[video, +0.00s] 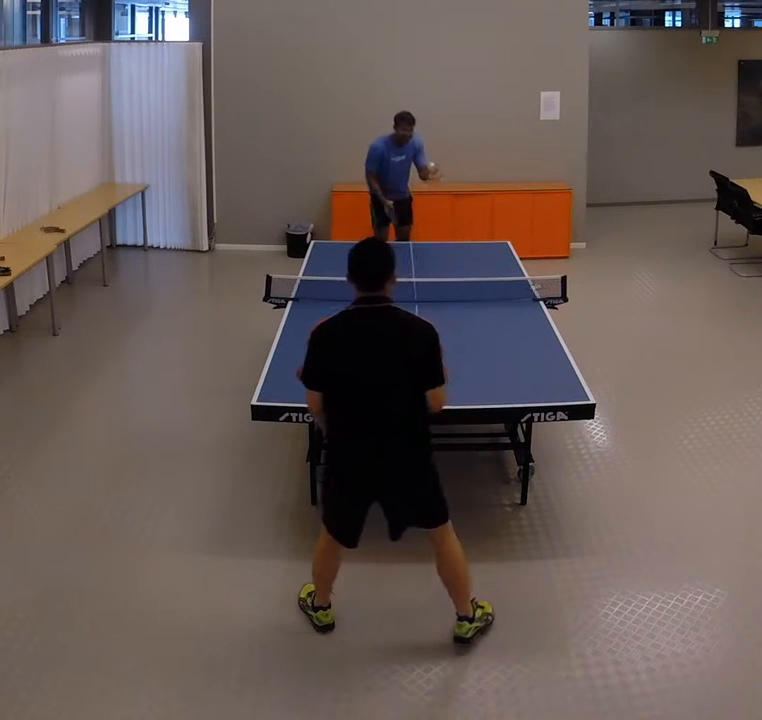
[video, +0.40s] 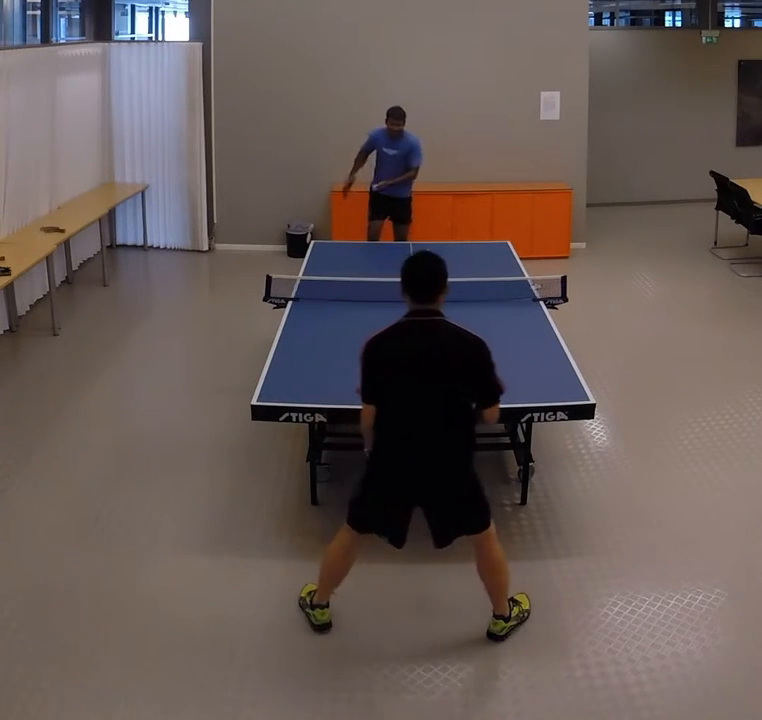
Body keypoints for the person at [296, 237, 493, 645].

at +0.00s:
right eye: (391, 271)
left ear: (349, 278)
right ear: (392, 277)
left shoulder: (326, 333)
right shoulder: (419, 331)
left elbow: (315, 403)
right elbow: (436, 400)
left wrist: (340, 426)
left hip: (349, 454)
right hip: (408, 453)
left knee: (334, 533)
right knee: (441, 532)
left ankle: (320, 604)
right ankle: (467, 615)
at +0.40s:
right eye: (439, 283)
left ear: (402, 290)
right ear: (445, 289)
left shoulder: (378, 346)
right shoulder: (469, 346)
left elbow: (369, 415)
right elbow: (491, 412)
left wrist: (372, 450)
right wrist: (460, 395)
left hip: (392, 464)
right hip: (450, 465)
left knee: (351, 532)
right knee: (484, 535)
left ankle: (319, 603)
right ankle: (502, 614)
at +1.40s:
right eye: (484, 282)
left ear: (442, 288)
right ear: (485, 288)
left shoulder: (416, 341)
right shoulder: (507, 343)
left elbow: (392, 409)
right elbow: (527, 409)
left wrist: (404, 446)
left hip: (421, 462)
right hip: (478, 464)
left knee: (376, 543)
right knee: (501, 532)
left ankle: (331, 612)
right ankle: (503, 613)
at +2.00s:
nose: (425, 290)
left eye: (424, 284)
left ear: (424, 290)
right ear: (466, 290)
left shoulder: (403, 349)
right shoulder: (485, 344)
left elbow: (392, 423)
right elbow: (454, 381)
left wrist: (388, 455)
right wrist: (393, 364)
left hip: (413, 465)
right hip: (465, 463)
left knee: (361, 549)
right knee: (488, 535)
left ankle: (317, 627)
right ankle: (503, 612)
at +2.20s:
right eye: (416, 296)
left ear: (379, 300)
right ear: (422, 302)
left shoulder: (350, 358)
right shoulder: (444, 360)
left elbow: (335, 431)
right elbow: (464, 427)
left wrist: (347, 467)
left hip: (363, 483)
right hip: (422, 482)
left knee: (327, 557)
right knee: (462, 547)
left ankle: (310, 642)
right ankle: (491, 616)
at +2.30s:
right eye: (415, 291)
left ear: (375, 296)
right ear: (420, 297)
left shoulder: (346, 353)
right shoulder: (442, 357)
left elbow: (329, 425)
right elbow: (466, 422)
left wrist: (336, 463)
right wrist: (431, 426)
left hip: (356, 479)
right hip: (416, 479)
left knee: (326, 555)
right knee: (451, 544)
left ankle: (308, 640)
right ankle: (454, 631)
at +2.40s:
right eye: (418, 291)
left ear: (379, 297)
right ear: (423, 298)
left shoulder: (351, 355)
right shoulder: (447, 358)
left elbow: (331, 427)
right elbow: (471, 425)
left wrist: (338, 462)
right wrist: (437, 424)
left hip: (356, 481)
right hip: (417, 483)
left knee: (317, 553)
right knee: (440, 555)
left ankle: (288, 637)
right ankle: (441, 640)